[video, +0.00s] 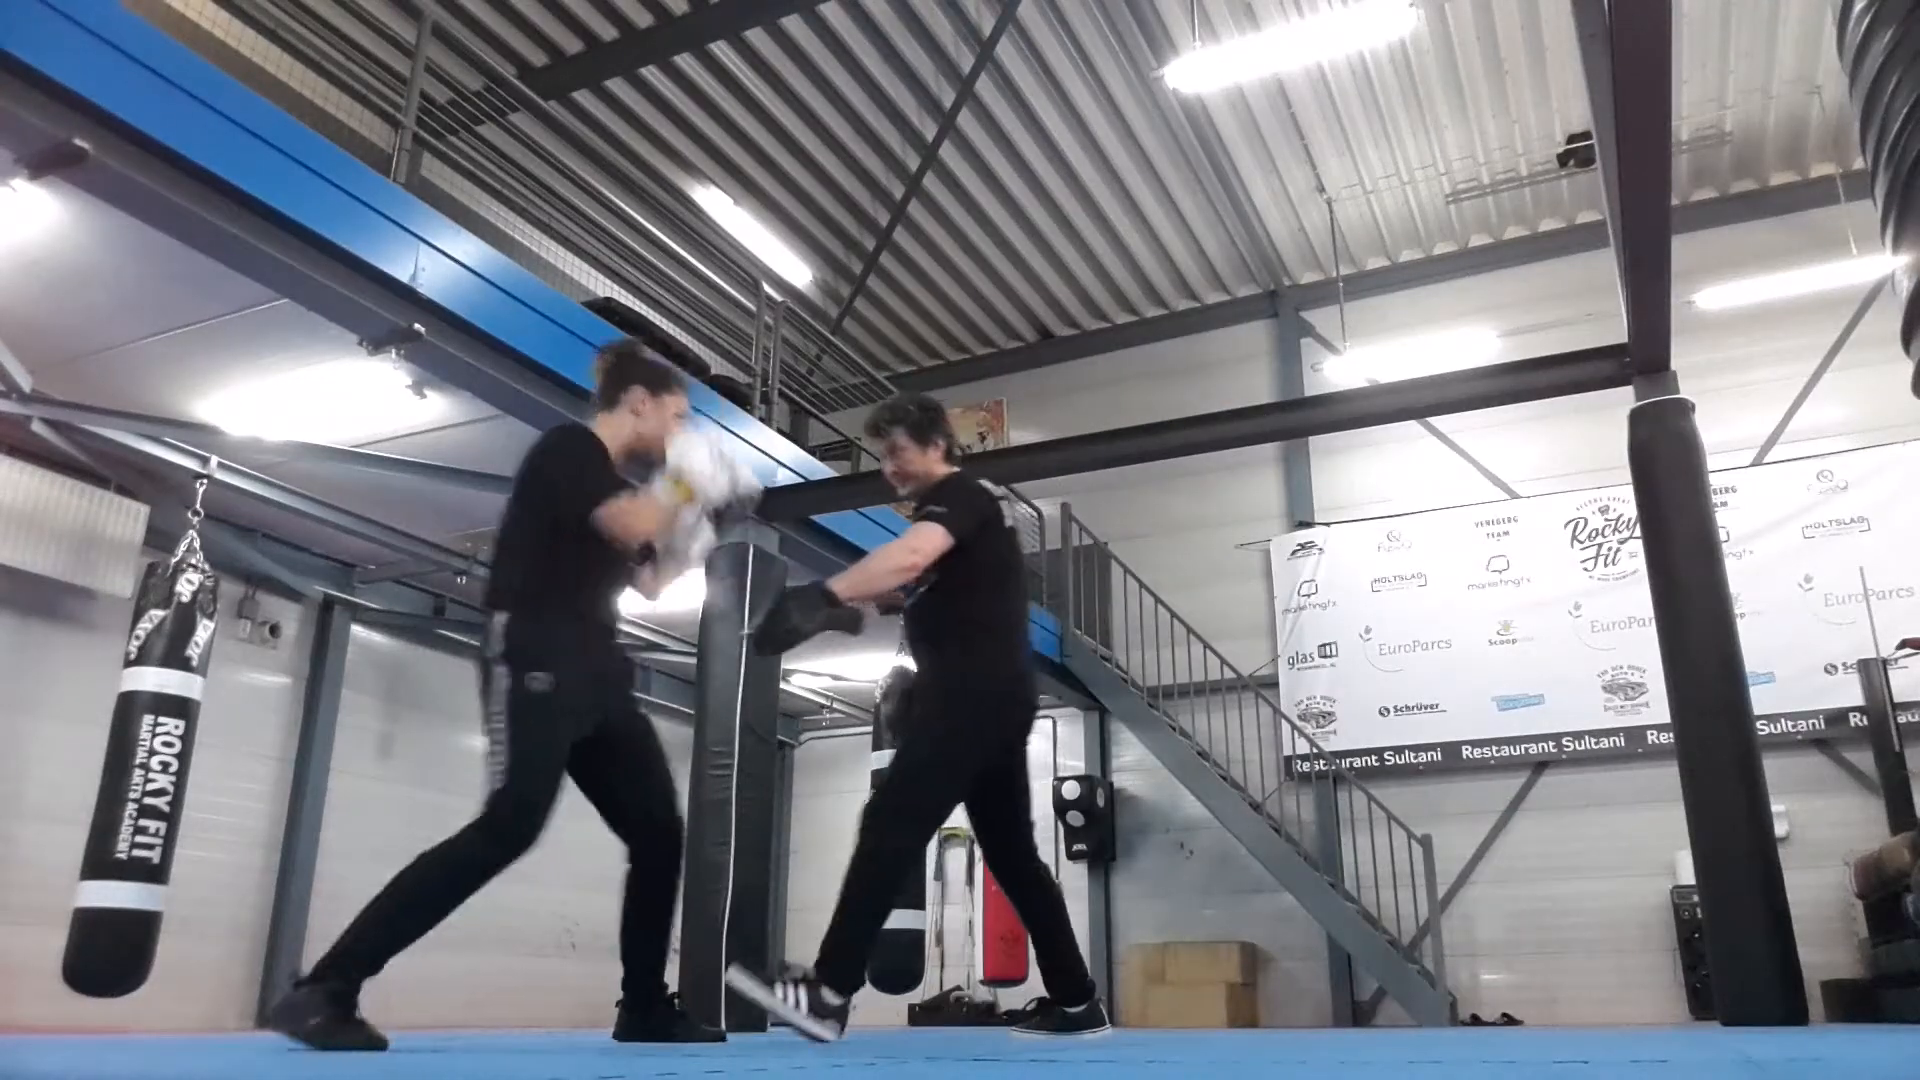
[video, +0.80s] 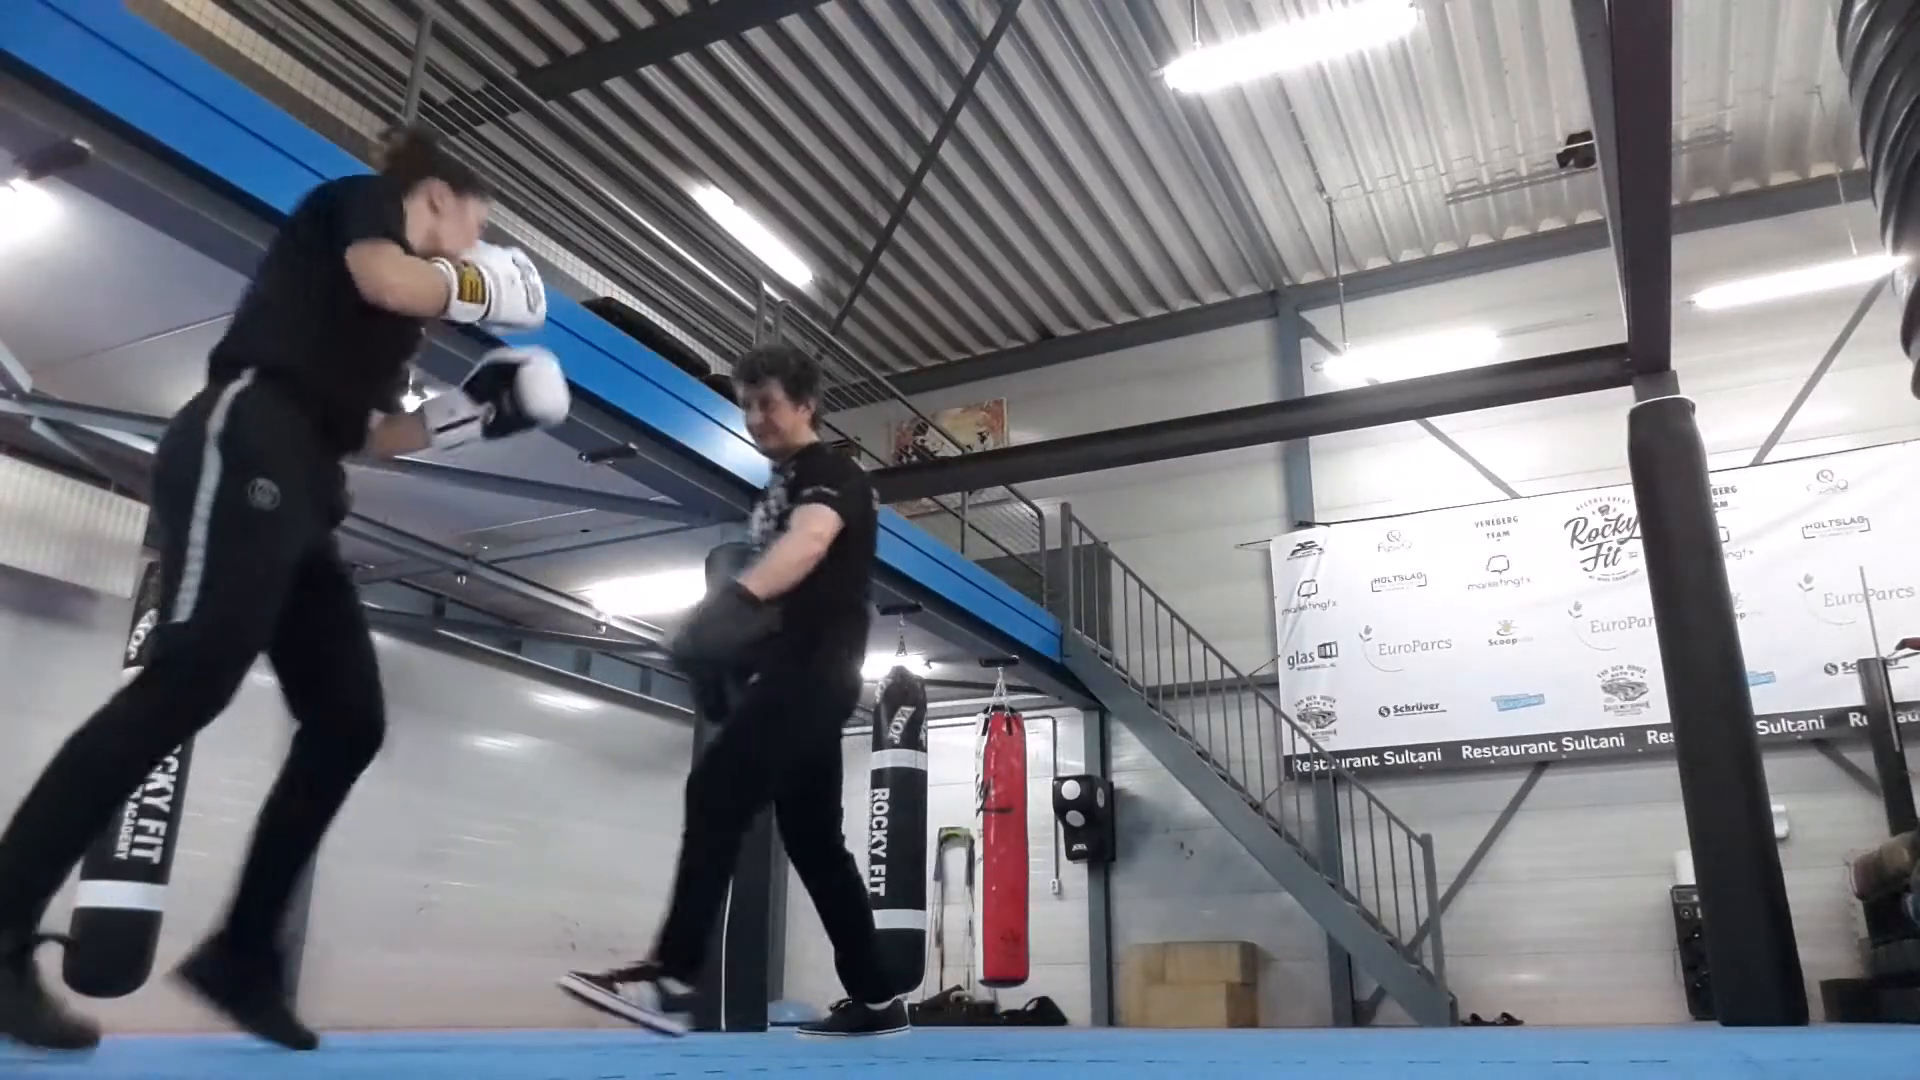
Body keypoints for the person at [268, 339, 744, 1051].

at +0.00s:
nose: (678, 431)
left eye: (682, 419)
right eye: (676, 415)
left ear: (635, 408)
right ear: (637, 401)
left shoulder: (612, 479)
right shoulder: (571, 447)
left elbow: (650, 583)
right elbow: (627, 524)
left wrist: (680, 521)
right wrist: (679, 484)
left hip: (589, 663)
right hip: (534, 655)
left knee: (658, 834)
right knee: (508, 827)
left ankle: (646, 1007)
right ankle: (325, 989)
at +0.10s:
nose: (643, 386)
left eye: (647, 375)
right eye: (640, 370)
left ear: (600, 362)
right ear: (606, 357)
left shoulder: (579, 431)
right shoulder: (547, 400)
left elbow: (635, 535)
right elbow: (630, 456)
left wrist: (661, 464)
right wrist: (674, 421)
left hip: (552, 626)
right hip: (500, 615)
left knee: (589, 810)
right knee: (465, 795)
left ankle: (629, 986)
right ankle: (314, 989)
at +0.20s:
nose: (624, 348)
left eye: (626, 337)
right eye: (621, 333)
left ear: (583, 322)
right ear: (586, 313)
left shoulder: (556, 397)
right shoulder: (524, 346)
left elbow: (603, 503)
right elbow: (602, 418)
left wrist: (668, 441)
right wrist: (646, 385)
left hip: (508, 575)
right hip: (451, 556)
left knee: (571, 762)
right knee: (441, 750)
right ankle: (298, 969)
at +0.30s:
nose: (602, 330)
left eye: (606, 316)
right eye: (597, 309)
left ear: (554, 303)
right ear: (557, 291)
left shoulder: (532, 379)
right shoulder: (492, 327)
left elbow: (558, 503)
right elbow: (557, 417)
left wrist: (641, 470)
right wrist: (618, 382)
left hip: (471, 572)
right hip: (420, 551)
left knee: (525, 768)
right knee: (406, 735)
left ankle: (401, 954)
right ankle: (211, 932)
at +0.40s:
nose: (568, 341)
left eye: (571, 326)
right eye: (565, 321)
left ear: (520, 307)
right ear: (521, 304)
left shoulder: (491, 392)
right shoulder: (450, 344)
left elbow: (481, 528)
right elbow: (494, 442)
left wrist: (586, 506)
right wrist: (567, 414)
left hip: (433, 604)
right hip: (387, 581)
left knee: (468, 812)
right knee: (320, 759)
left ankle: (357, 1002)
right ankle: (88, 946)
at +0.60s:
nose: (516, 319)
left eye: (519, 303)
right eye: (513, 298)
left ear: (467, 284)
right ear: (472, 277)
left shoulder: (426, 362)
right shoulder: (379, 298)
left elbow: (370, 482)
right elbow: (394, 395)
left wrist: (462, 498)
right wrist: (491, 385)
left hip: (350, 584)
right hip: (285, 557)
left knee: (390, 779)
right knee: (208, 750)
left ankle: (361, 985)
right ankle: (16, 970)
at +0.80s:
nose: (477, 241)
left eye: (482, 228)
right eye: (474, 218)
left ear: (432, 214)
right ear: (432, 190)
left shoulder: (397, 294)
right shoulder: (360, 198)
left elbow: (359, 434)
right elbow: (383, 278)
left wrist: (468, 411)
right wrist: (480, 287)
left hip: (296, 486)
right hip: (239, 441)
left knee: (346, 727)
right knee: (187, 681)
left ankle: (243, 959)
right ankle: (4, 935)